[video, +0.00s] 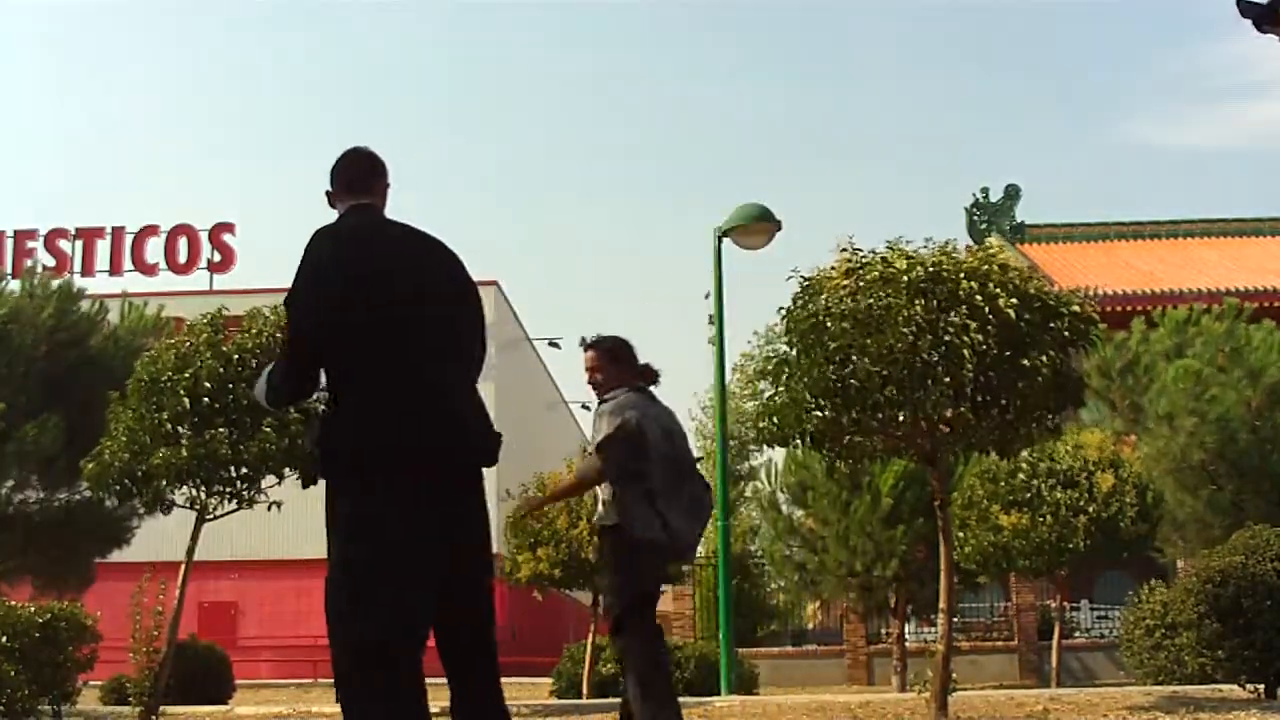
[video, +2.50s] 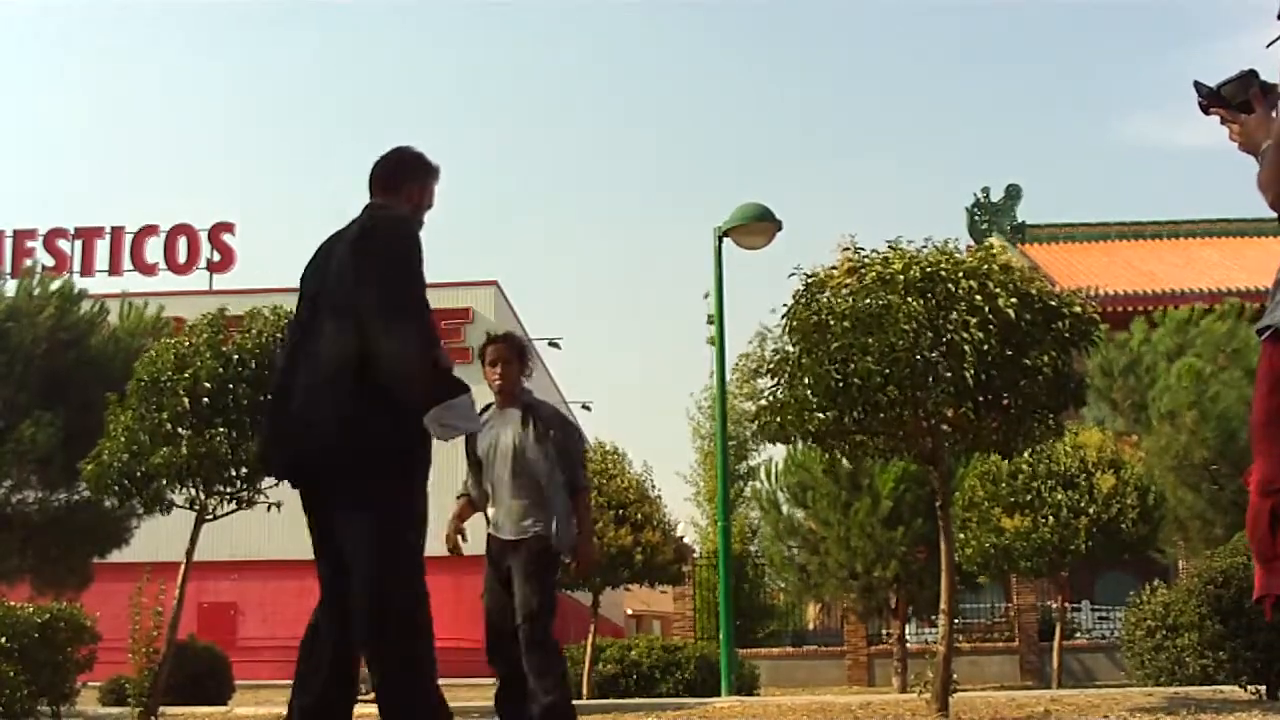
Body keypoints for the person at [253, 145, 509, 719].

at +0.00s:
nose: (341, 205)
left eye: (334, 198)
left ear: (333, 197)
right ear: (387, 190)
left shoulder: (327, 250)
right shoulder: (441, 254)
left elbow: (298, 375)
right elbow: (472, 353)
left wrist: (267, 388)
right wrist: (433, 402)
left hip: (368, 462)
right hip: (451, 459)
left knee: (374, 632)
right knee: (468, 633)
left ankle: (385, 718)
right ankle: (483, 717)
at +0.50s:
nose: (328, 206)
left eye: (323, 199)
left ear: (319, 198)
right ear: (375, 195)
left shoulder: (302, 258)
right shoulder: (424, 254)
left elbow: (277, 392)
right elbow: (472, 360)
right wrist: (488, 444)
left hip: (350, 483)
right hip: (435, 474)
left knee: (368, 650)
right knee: (469, 639)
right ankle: (485, 717)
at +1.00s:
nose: (371, 218)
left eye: (363, 210)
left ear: (361, 210)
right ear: (413, 211)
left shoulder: (342, 269)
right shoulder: (456, 274)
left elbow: (317, 387)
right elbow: (491, 385)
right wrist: (473, 464)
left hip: (371, 475)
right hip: (450, 475)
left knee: (379, 647)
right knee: (467, 640)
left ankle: (386, 714)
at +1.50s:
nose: (345, 212)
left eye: (336, 203)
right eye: (371, 200)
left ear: (331, 203)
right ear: (385, 202)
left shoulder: (306, 258)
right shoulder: (425, 258)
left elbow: (273, 353)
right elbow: (481, 355)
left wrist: (324, 394)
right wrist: (508, 425)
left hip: (344, 465)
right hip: (425, 459)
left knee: (358, 629)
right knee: (447, 625)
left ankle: (370, 715)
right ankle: (468, 715)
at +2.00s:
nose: (362, 228)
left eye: (363, 220)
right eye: (362, 219)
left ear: (304, 213)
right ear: (349, 214)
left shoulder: (263, 279)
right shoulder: (380, 261)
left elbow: (249, 383)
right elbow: (453, 365)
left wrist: (301, 422)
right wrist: (460, 430)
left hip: (319, 486)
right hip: (405, 479)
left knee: (299, 643)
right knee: (459, 639)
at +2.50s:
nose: (426, 213)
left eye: (428, 202)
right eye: (425, 201)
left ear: (377, 187)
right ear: (407, 190)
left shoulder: (330, 250)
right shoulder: (392, 237)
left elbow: (305, 353)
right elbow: (402, 340)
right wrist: (449, 401)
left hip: (324, 448)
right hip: (380, 449)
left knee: (340, 597)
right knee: (396, 596)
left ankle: (314, 710)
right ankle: (417, 710)